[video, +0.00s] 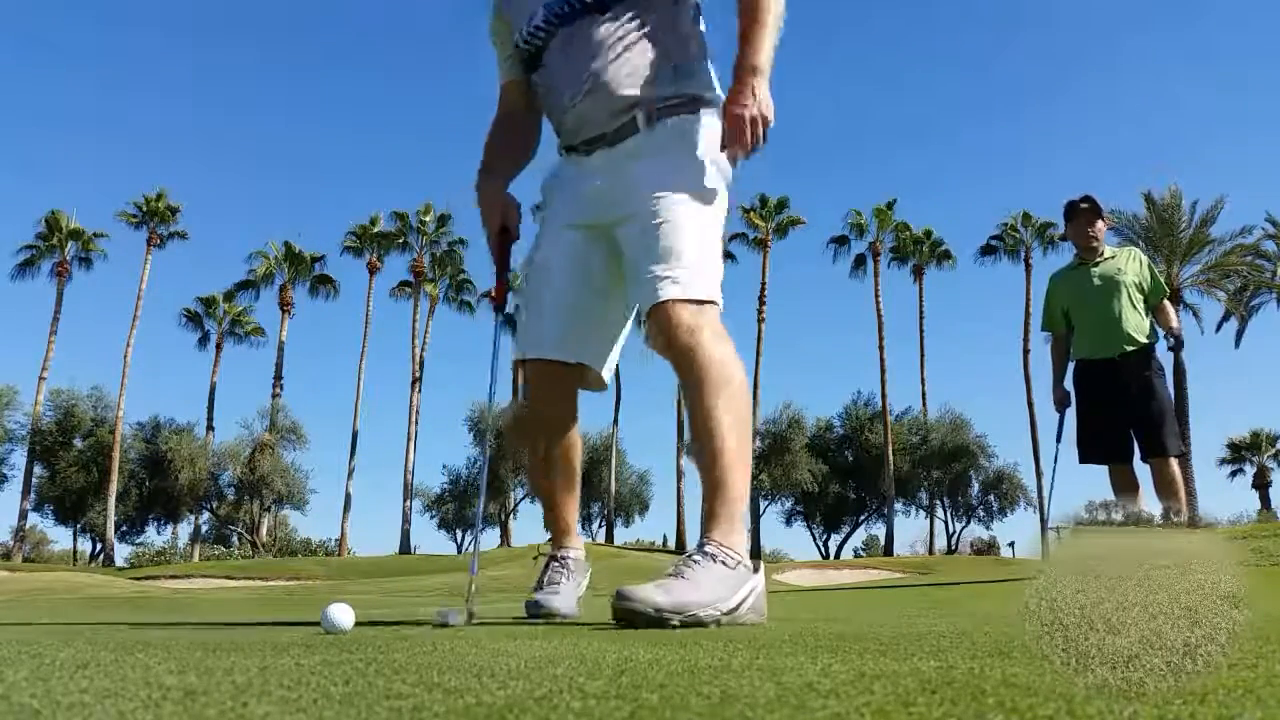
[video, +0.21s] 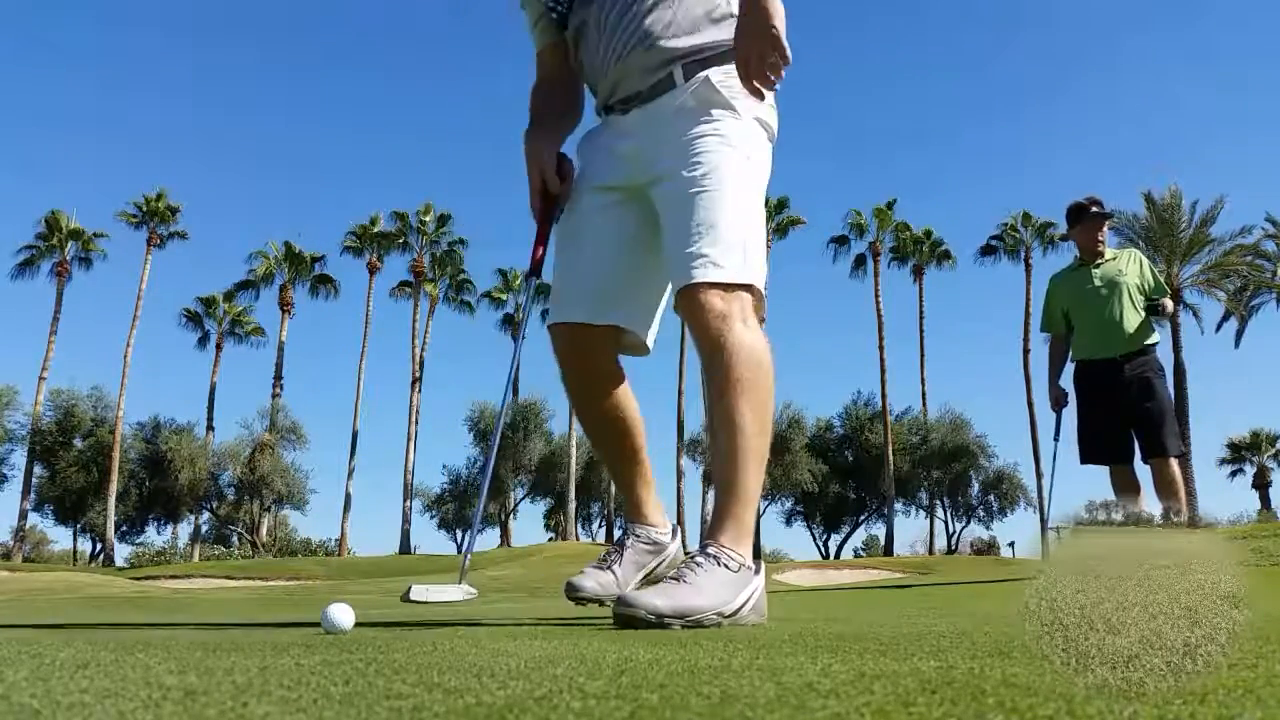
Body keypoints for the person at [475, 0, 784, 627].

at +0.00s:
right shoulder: (507, 8)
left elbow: (762, 2)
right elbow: (518, 102)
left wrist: (751, 73)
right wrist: (491, 180)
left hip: (671, 132)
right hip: (577, 166)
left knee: (682, 319)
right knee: (544, 368)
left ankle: (729, 556)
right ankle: (566, 553)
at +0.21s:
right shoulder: (546, 6)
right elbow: (555, 68)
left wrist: (759, 7)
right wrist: (542, 135)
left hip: (710, 84)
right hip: (613, 123)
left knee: (715, 300)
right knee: (577, 331)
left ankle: (732, 559)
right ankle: (649, 532)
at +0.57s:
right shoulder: (564, 7)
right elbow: (586, 61)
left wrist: (671, 41)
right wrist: (599, 120)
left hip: (738, 45)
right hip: (636, 85)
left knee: (732, 294)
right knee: (636, 321)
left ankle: (733, 561)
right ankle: (665, 554)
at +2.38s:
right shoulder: (545, 6)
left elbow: (706, 5)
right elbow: (597, 91)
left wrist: (655, 130)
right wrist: (612, 162)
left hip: (758, 58)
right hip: (659, 107)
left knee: (737, 288)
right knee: (644, 326)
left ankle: (742, 561)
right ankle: (666, 558)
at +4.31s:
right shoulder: (491, 5)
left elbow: (647, 10)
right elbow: (530, 78)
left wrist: (585, 132)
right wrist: (545, 158)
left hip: (690, 58)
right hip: (588, 97)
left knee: (656, 292)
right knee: (570, 318)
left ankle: (672, 560)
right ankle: (593, 559)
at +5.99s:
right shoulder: (464, 5)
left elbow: (622, 5)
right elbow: (510, 82)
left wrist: (564, 121)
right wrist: (522, 151)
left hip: (668, 52)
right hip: (571, 101)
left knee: (641, 288)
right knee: (548, 322)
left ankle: (656, 562)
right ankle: (576, 559)